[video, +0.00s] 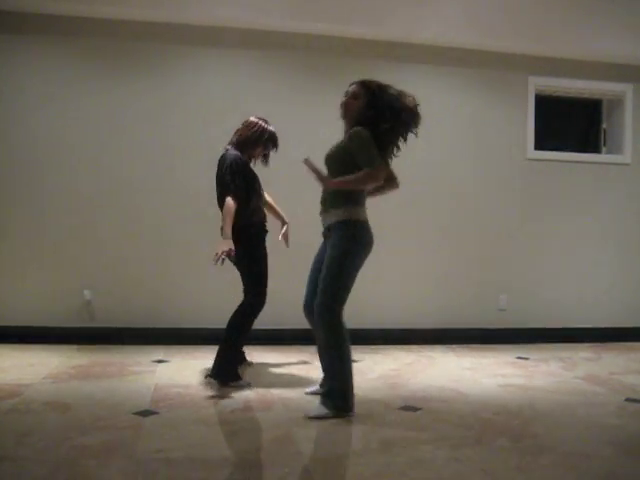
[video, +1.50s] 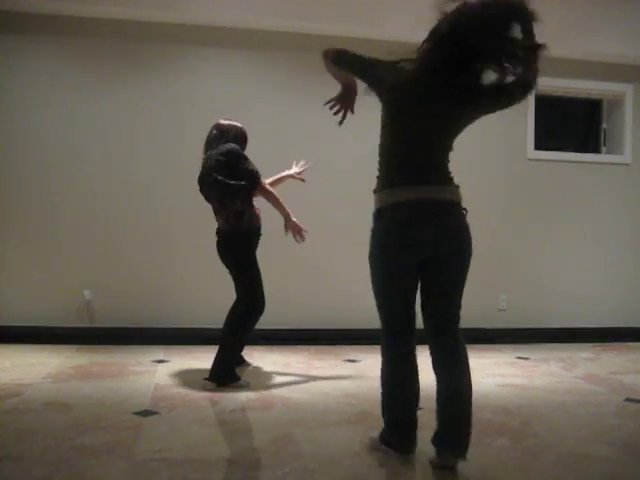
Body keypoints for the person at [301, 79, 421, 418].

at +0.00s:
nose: (344, 100)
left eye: (352, 96)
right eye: (346, 94)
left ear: (366, 106)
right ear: (358, 106)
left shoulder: (359, 136)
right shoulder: (361, 139)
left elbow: (377, 174)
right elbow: (390, 181)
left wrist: (331, 182)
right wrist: (355, 191)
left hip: (349, 233)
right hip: (338, 232)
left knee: (326, 310)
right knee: (313, 307)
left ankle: (340, 400)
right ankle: (332, 382)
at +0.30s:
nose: (325, 109)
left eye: (333, 104)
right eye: (328, 103)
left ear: (349, 111)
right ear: (356, 114)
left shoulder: (347, 142)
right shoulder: (363, 146)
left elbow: (338, 196)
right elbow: (346, 199)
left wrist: (297, 215)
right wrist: (305, 206)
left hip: (335, 236)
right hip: (344, 237)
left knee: (308, 314)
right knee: (313, 313)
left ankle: (336, 405)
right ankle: (335, 392)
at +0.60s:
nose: (337, 84)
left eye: (344, 79)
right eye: (339, 78)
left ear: (361, 85)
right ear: (355, 85)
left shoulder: (370, 114)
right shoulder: (343, 123)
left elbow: (356, 139)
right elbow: (340, 154)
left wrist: (328, 154)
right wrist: (328, 157)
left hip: (364, 232)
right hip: (329, 232)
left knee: (343, 314)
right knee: (333, 316)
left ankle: (333, 405)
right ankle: (351, 390)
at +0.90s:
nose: (365, 86)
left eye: (372, 82)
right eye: (356, 86)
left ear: (386, 96)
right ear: (351, 107)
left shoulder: (405, 122)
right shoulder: (349, 143)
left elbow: (378, 147)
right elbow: (323, 198)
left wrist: (330, 170)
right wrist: (272, 200)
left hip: (401, 252)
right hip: (357, 250)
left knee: (413, 333)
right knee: (351, 331)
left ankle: (386, 422)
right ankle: (352, 392)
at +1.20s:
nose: (413, 79)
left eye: (410, 73)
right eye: (407, 74)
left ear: (392, 84)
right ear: (390, 84)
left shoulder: (399, 110)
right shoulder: (382, 123)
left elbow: (435, 77)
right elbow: (388, 142)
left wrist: (481, 75)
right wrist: (436, 138)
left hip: (402, 234)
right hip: (406, 235)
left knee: (424, 333)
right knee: (435, 332)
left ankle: (386, 423)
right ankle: (386, 428)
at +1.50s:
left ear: (435, 40)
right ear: (476, 56)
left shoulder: (396, 77)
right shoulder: (468, 96)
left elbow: (332, 55)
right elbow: (525, 83)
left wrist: (348, 85)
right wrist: (528, 27)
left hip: (395, 222)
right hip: (448, 221)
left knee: (398, 336)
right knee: (446, 333)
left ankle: (399, 439)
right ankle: (451, 447)